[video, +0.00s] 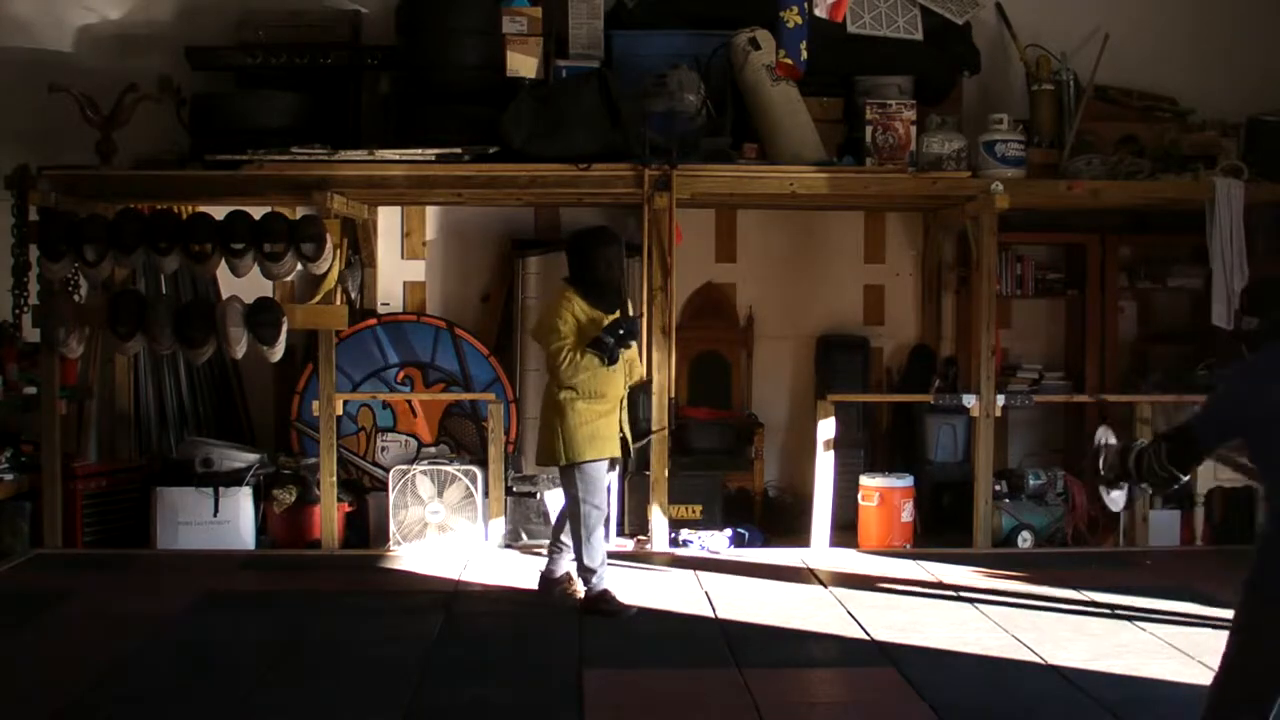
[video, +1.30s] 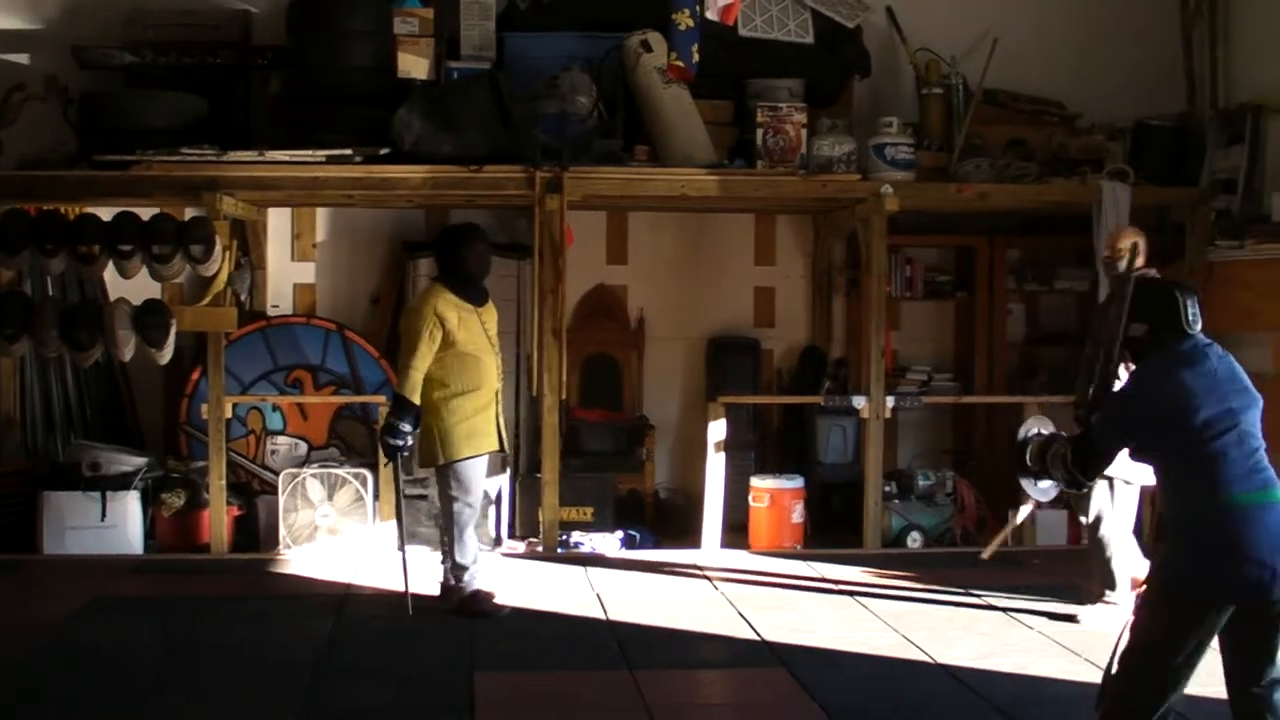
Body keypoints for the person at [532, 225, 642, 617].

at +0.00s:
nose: (618, 270)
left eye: (619, 261)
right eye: (609, 261)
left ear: (617, 264)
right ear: (589, 264)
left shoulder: (614, 309)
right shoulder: (563, 308)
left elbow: (631, 375)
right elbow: (566, 371)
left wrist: (630, 341)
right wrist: (607, 344)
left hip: (608, 423)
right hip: (577, 423)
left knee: (584, 502)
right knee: (591, 506)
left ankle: (555, 575)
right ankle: (595, 587)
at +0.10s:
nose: (618, 270)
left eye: (619, 261)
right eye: (610, 261)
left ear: (617, 263)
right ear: (589, 263)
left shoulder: (616, 306)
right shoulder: (564, 305)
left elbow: (634, 365)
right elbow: (567, 370)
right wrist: (610, 339)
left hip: (607, 419)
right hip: (576, 420)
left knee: (587, 501)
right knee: (591, 504)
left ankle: (561, 575)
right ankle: (594, 585)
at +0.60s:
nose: (605, 264)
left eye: (606, 256)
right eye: (597, 257)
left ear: (605, 258)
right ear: (575, 258)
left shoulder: (607, 301)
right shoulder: (551, 304)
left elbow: (620, 354)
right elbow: (539, 364)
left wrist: (630, 383)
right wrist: (577, 381)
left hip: (602, 422)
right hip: (572, 425)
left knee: (583, 503)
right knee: (586, 504)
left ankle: (564, 578)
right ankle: (590, 583)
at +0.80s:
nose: (578, 264)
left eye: (579, 256)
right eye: (571, 256)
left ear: (572, 259)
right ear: (549, 259)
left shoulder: (574, 304)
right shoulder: (523, 304)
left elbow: (586, 355)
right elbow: (512, 371)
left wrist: (600, 395)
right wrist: (536, 412)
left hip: (578, 423)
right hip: (546, 426)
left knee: (556, 502)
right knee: (556, 503)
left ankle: (540, 578)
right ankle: (563, 583)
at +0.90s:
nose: (564, 265)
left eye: (565, 257)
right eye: (557, 257)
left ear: (559, 260)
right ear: (535, 259)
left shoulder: (558, 304)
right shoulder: (510, 304)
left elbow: (569, 358)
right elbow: (498, 366)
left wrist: (580, 404)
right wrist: (506, 424)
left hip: (560, 420)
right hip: (533, 424)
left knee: (541, 500)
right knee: (546, 499)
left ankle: (528, 578)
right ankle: (550, 581)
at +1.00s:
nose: (532, 265)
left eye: (533, 256)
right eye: (524, 256)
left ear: (529, 260)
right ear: (501, 259)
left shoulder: (524, 304)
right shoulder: (478, 305)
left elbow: (529, 366)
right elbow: (460, 366)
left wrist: (540, 419)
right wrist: (458, 423)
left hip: (526, 417)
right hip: (499, 419)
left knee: (508, 498)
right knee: (519, 495)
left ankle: (496, 579)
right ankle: (515, 582)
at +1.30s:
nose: (487, 264)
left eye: (487, 256)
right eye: (479, 256)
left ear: (483, 259)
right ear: (456, 260)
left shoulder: (482, 302)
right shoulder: (432, 304)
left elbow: (485, 365)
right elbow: (414, 365)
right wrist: (402, 419)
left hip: (485, 419)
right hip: (455, 422)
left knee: (475, 501)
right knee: (463, 501)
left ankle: (457, 578)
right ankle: (462, 583)